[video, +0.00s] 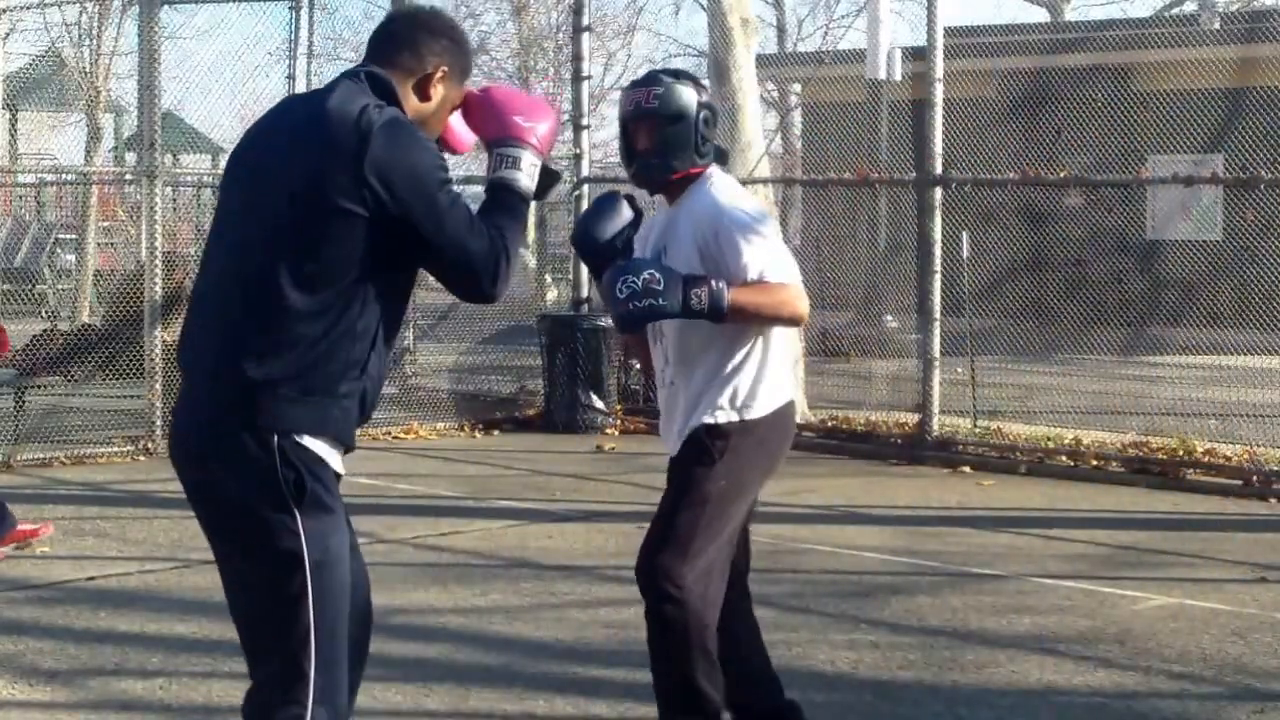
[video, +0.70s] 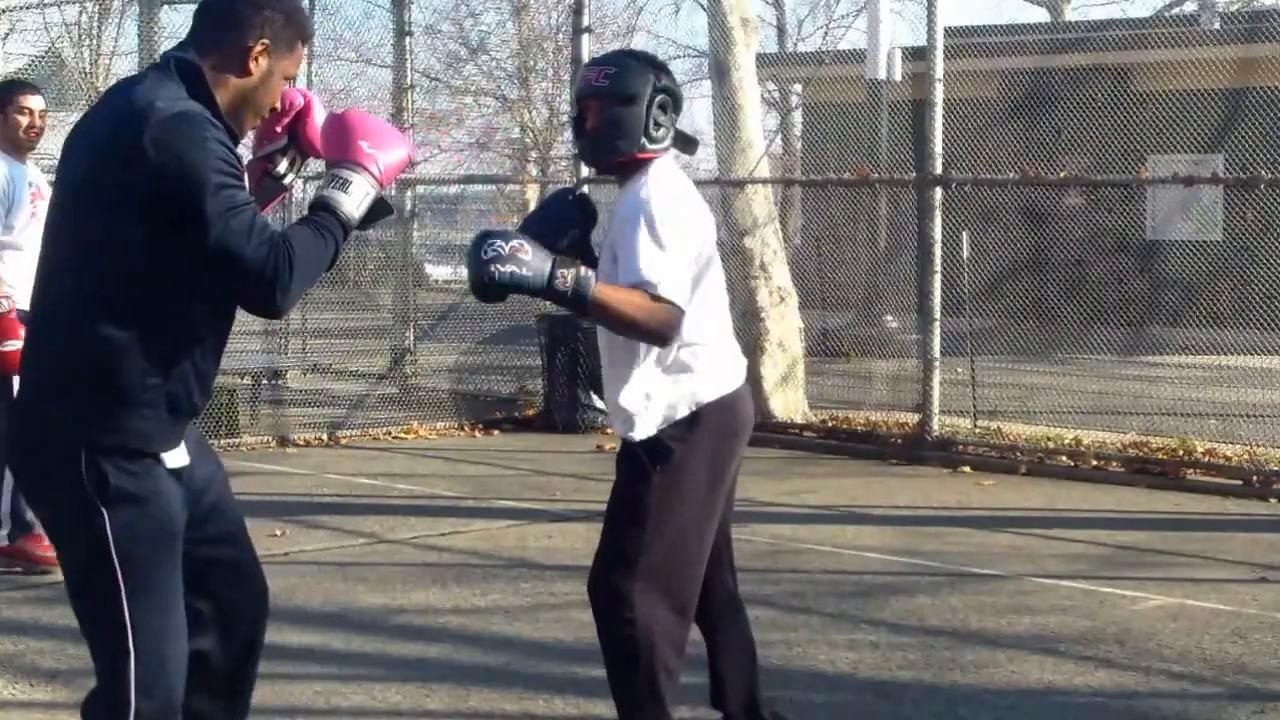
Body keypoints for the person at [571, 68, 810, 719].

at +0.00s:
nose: (639, 141)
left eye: (653, 126)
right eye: (631, 128)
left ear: (688, 130)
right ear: (626, 138)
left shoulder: (725, 206)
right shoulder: (653, 223)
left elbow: (793, 304)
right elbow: (648, 346)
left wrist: (693, 293)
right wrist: (612, 271)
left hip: (745, 417)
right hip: (697, 419)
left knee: (670, 571)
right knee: (718, 591)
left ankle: (696, 711)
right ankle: (765, 712)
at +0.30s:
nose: (620, 135)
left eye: (637, 121)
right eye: (615, 121)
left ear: (676, 126)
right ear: (610, 127)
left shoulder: (694, 201)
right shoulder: (634, 215)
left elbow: (713, 312)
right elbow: (608, 347)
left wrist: (625, 266)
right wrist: (582, 273)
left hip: (708, 425)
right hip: (678, 424)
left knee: (631, 590)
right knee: (720, 584)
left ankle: (650, 713)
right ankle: (766, 710)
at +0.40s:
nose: (592, 131)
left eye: (609, 117)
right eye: (591, 117)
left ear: (649, 126)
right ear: (666, 129)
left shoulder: (654, 200)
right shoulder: (653, 198)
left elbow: (578, 223)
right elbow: (613, 319)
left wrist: (488, 184)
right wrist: (557, 252)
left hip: (708, 422)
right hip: (719, 413)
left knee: (634, 587)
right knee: (716, 565)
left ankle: (646, 712)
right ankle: (760, 701)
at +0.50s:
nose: (579, 129)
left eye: (595, 115)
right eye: (578, 114)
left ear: (643, 121)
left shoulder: (643, 192)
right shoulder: (657, 188)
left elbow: (551, 224)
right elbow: (587, 276)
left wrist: (446, 190)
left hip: (700, 418)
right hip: (714, 408)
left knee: (633, 591)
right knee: (716, 587)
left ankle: (650, 712)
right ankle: (760, 710)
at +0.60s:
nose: (579, 123)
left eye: (597, 110)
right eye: (578, 109)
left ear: (644, 121)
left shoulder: (648, 200)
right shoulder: (623, 191)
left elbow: (575, 254)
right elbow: (544, 229)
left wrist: (461, 238)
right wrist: (457, 230)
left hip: (696, 418)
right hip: (704, 410)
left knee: (632, 589)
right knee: (710, 580)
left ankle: (646, 711)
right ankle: (753, 707)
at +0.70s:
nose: (589, 121)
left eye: (606, 107)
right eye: (585, 108)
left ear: (651, 111)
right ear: (580, 115)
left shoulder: (657, 196)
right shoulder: (640, 193)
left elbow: (662, 317)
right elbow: (633, 288)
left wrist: (557, 277)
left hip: (689, 415)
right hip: (698, 408)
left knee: (630, 588)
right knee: (710, 588)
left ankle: (646, 713)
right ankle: (745, 710)